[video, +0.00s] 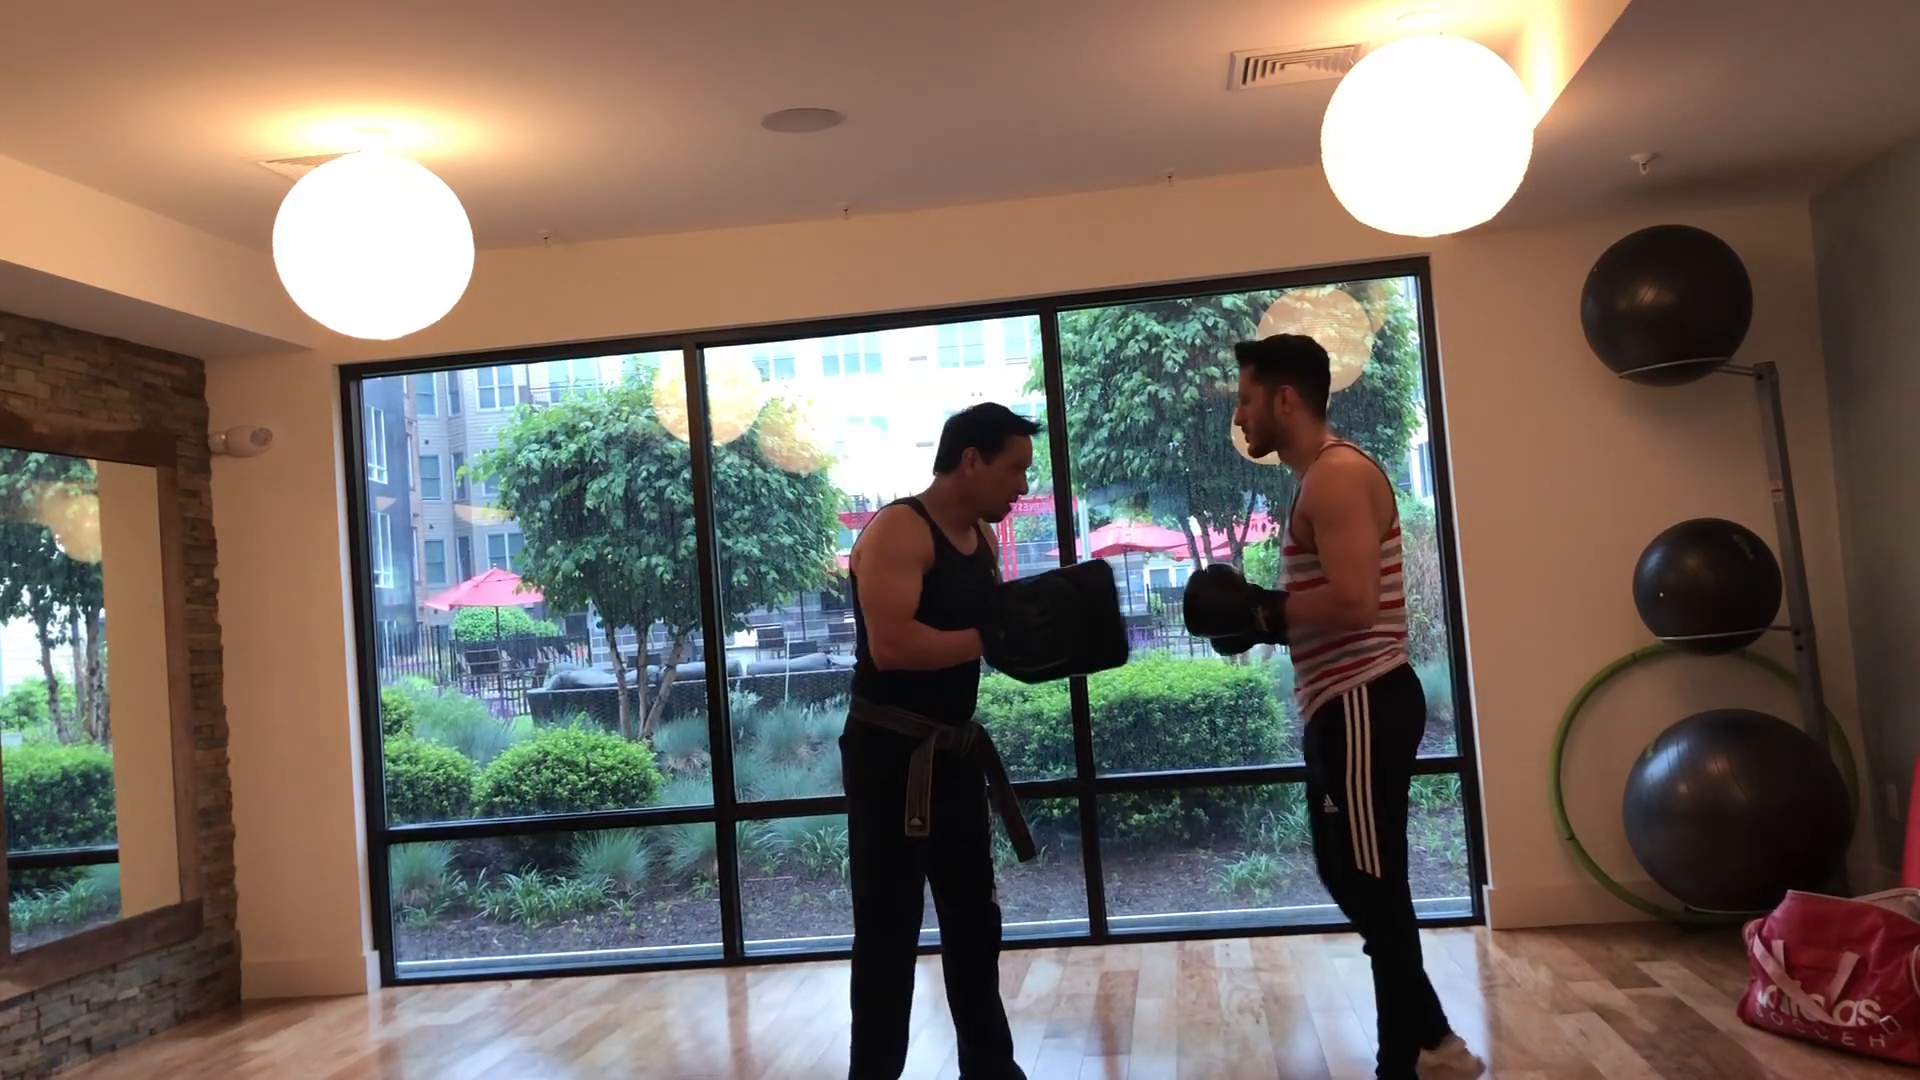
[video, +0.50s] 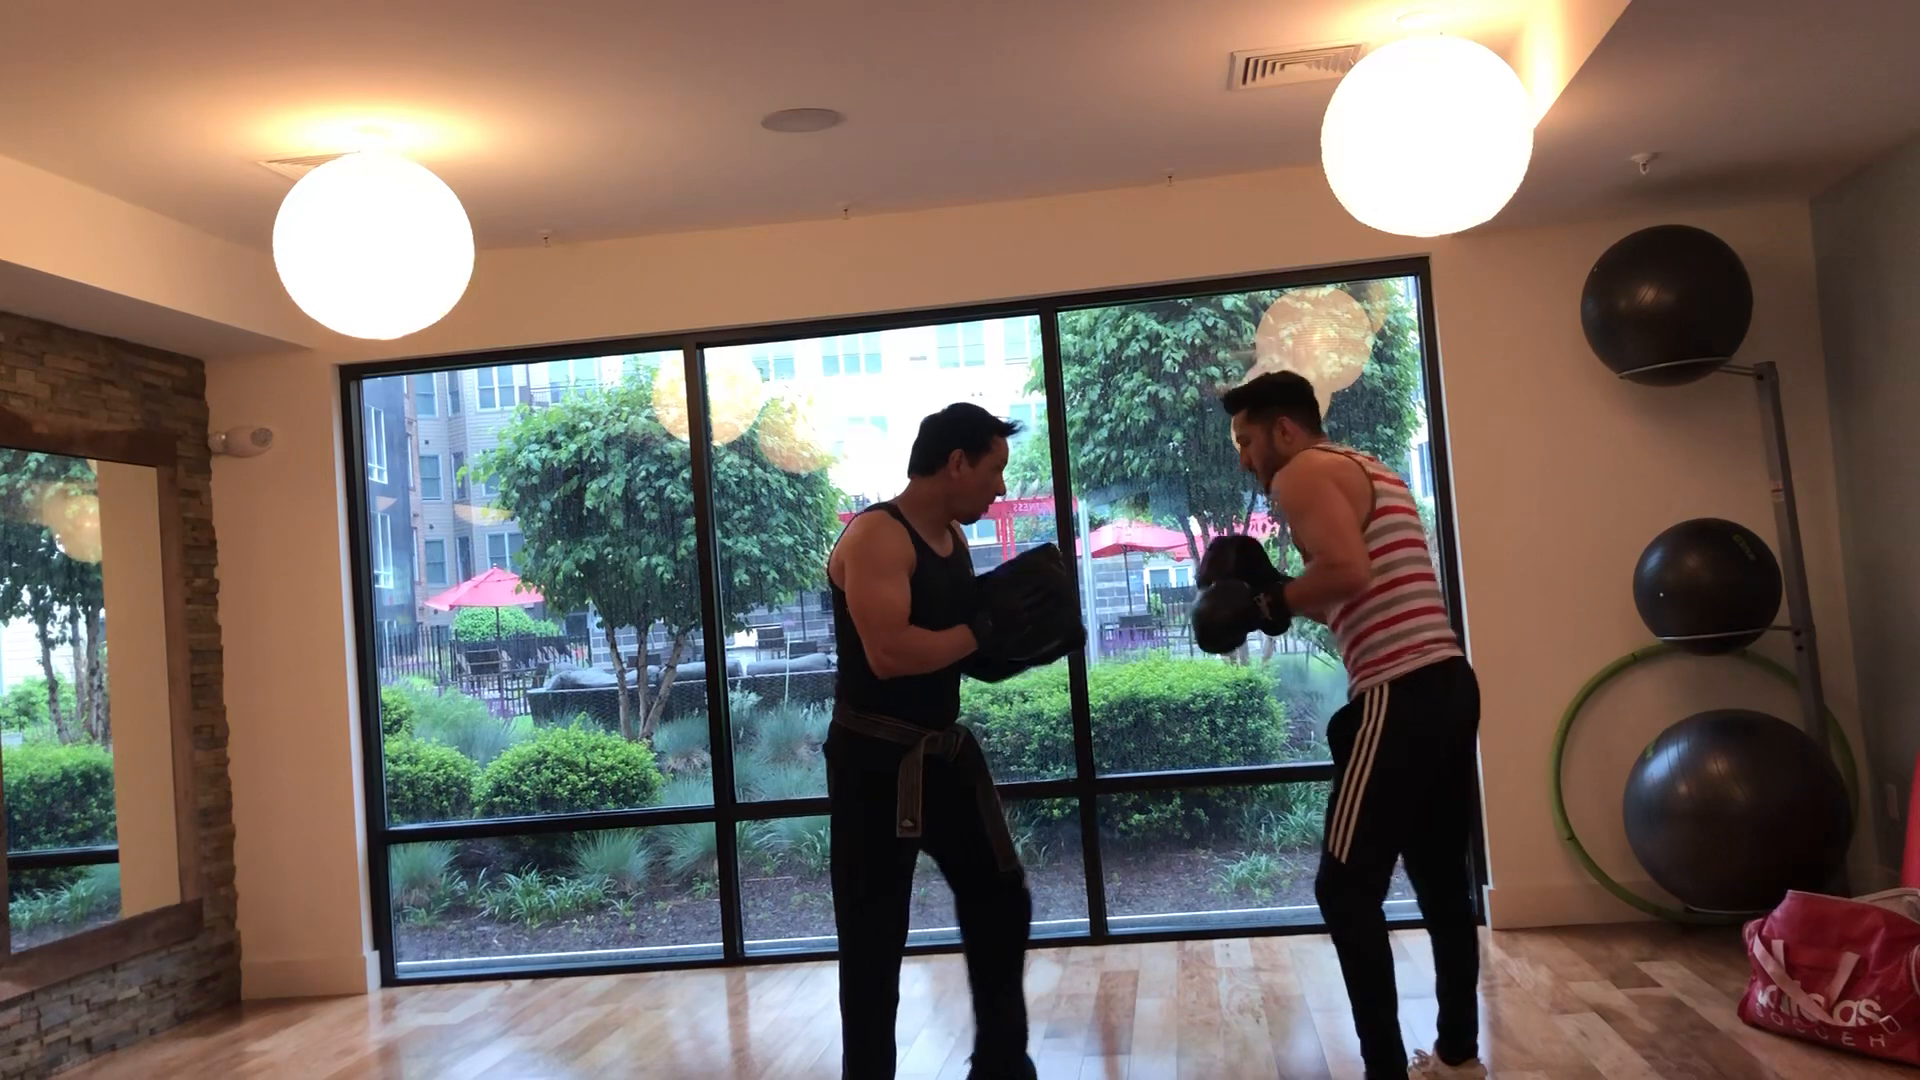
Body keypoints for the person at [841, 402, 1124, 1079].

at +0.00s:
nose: (1022, 488)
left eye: (1025, 475)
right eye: (1017, 472)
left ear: (976, 467)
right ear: (972, 462)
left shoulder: (979, 539)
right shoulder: (895, 530)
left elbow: (989, 626)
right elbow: (890, 646)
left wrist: (1052, 618)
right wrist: (995, 638)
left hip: (954, 744)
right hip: (887, 746)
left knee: (973, 923)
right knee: (888, 930)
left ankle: (990, 1071)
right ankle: (874, 1073)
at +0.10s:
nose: (1021, 484)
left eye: (1023, 470)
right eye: (1015, 468)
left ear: (974, 465)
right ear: (968, 460)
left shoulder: (976, 539)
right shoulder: (896, 529)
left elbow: (978, 631)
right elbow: (895, 646)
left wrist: (1040, 627)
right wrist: (997, 640)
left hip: (954, 743)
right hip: (887, 746)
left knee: (974, 920)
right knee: (886, 930)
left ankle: (990, 1068)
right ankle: (873, 1074)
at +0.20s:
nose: (1018, 482)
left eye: (1020, 468)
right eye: (1011, 466)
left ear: (972, 463)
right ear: (967, 460)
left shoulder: (969, 539)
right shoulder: (891, 529)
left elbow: (962, 631)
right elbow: (880, 646)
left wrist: (1034, 625)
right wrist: (987, 641)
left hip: (948, 747)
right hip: (881, 750)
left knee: (973, 921)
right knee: (882, 933)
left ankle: (989, 1069)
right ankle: (872, 1074)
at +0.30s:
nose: (1011, 482)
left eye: (1013, 469)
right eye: (1005, 467)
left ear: (963, 464)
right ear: (963, 461)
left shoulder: (961, 536)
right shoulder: (882, 531)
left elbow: (957, 629)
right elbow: (867, 645)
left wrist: (1023, 621)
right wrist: (975, 635)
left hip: (945, 747)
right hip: (876, 751)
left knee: (976, 923)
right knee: (875, 938)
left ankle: (990, 1071)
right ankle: (868, 1077)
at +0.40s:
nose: (1005, 484)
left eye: (1006, 470)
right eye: (999, 468)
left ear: (956, 465)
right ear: (956, 462)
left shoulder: (951, 537)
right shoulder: (874, 533)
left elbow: (956, 634)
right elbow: (872, 650)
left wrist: (1027, 616)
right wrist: (975, 629)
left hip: (944, 750)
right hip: (872, 755)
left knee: (982, 923)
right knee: (871, 940)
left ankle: (992, 1071)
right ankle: (867, 1076)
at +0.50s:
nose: (999, 489)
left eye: (1002, 474)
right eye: (996, 472)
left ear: (956, 466)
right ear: (955, 463)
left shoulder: (949, 539)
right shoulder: (874, 535)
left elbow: (954, 636)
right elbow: (888, 652)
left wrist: (1022, 605)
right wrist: (986, 630)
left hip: (944, 748)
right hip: (873, 754)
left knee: (1000, 906)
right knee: (873, 938)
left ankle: (1001, 1068)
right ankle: (869, 1075)